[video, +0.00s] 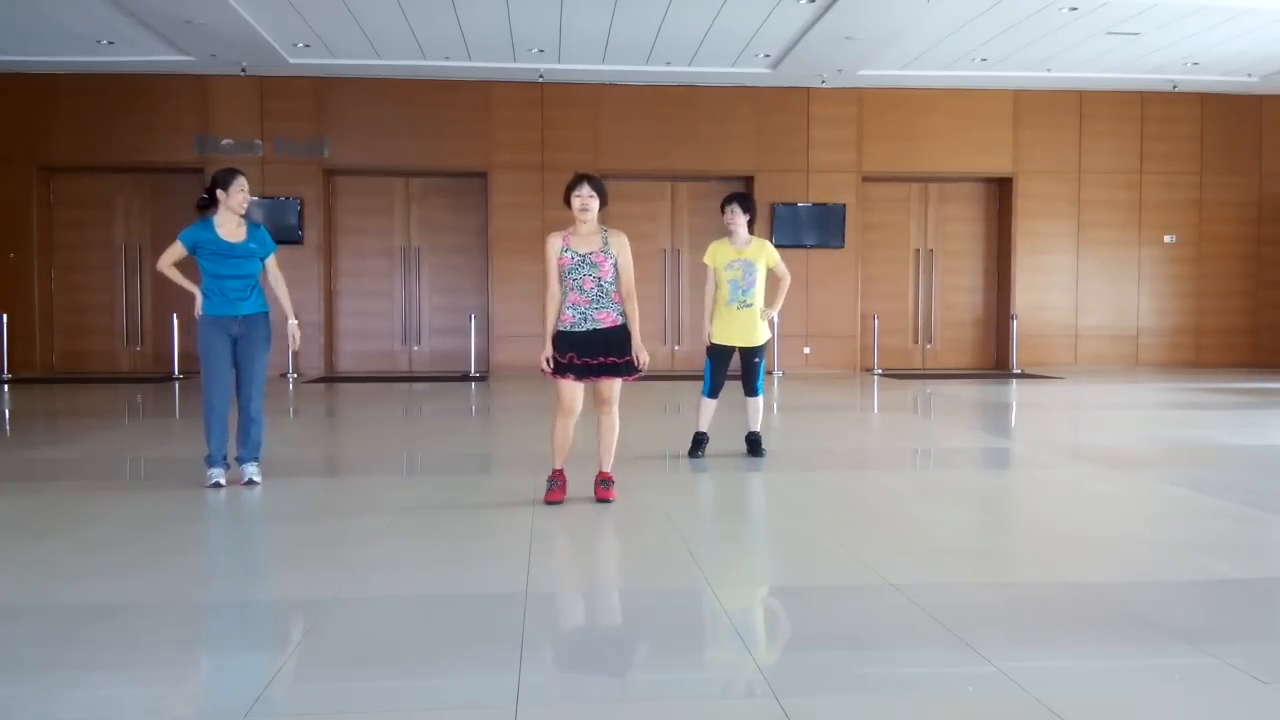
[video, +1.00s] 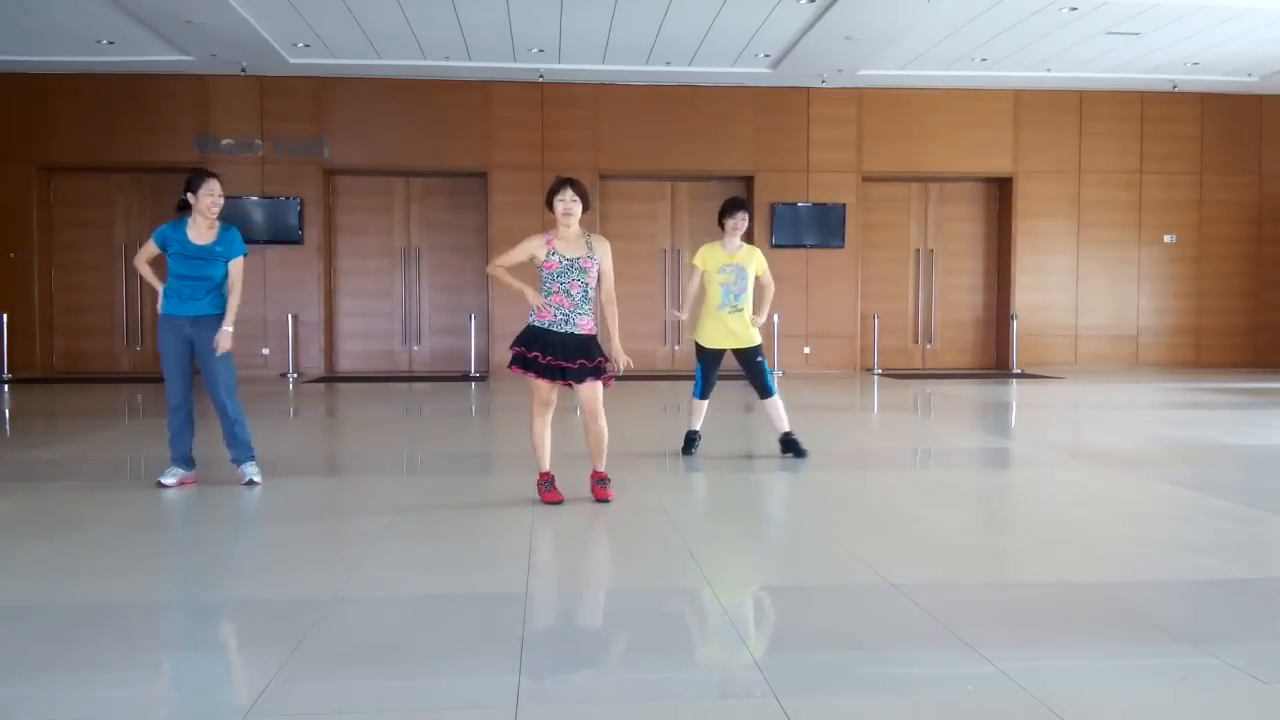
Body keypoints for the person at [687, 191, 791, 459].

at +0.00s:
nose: (729, 217)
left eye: (735, 212)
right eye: (726, 212)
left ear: (747, 216)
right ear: (722, 217)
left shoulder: (763, 248)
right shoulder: (716, 248)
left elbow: (785, 277)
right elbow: (710, 287)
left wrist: (775, 307)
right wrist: (706, 322)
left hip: (753, 327)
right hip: (721, 327)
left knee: (753, 387)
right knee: (711, 386)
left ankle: (754, 436)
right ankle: (700, 436)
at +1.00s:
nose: (737, 224)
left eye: (743, 219)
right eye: (732, 218)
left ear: (747, 224)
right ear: (722, 220)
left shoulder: (753, 254)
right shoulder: (707, 252)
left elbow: (769, 285)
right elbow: (694, 283)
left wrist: (762, 315)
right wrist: (685, 311)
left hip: (744, 330)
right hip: (711, 330)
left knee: (764, 383)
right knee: (703, 385)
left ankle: (786, 436)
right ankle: (693, 434)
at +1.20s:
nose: (760, 222)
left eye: (765, 218)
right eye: (754, 218)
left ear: (771, 223)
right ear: (745, 223)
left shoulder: (781, 256)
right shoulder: (734, 254)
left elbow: (795, 287)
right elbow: (719, 291)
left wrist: (789, 317)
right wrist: (712, 323)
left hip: (772, 331)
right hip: (737, 331)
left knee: (791, 382)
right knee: (721, 384)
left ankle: (805, 438)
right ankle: (697, 433)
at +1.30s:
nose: (770, 220)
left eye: (775, 215)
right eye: (765, 215)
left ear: (781, 220)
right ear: (756, 221)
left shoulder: (793, 253)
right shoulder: (745, 253)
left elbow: (811, 281)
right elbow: (735, 291)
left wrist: (805, 315)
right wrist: (729, 326)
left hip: (787, 329)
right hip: (753, 330)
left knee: (800, 385)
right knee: (735, 386)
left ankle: (806, 438)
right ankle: (714, 433)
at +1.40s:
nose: (779, 217)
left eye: (783, 212)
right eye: (773, 213)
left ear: (790, 217)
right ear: (764, 218)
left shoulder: (802, 250)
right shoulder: (754, 251)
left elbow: (821, 279)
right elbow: (747, 290)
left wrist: (815, 314)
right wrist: (743, 327)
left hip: (797, 329)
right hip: (763, 330)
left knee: (804, 387)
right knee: (751, 387)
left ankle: (807, 438)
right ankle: (740, 436)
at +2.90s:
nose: (795, 214)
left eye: (800, 210)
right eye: (790, 209)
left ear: (806, 215)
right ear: (781, 214)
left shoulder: (817, 247)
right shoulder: (769, 249)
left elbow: (839, 281)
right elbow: (762, 288)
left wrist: (833, 316)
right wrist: (758, 325)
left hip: (812, 329)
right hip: (778, 329)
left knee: (811, 389)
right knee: (772, 387)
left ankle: (810, 439)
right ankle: (759, 437)